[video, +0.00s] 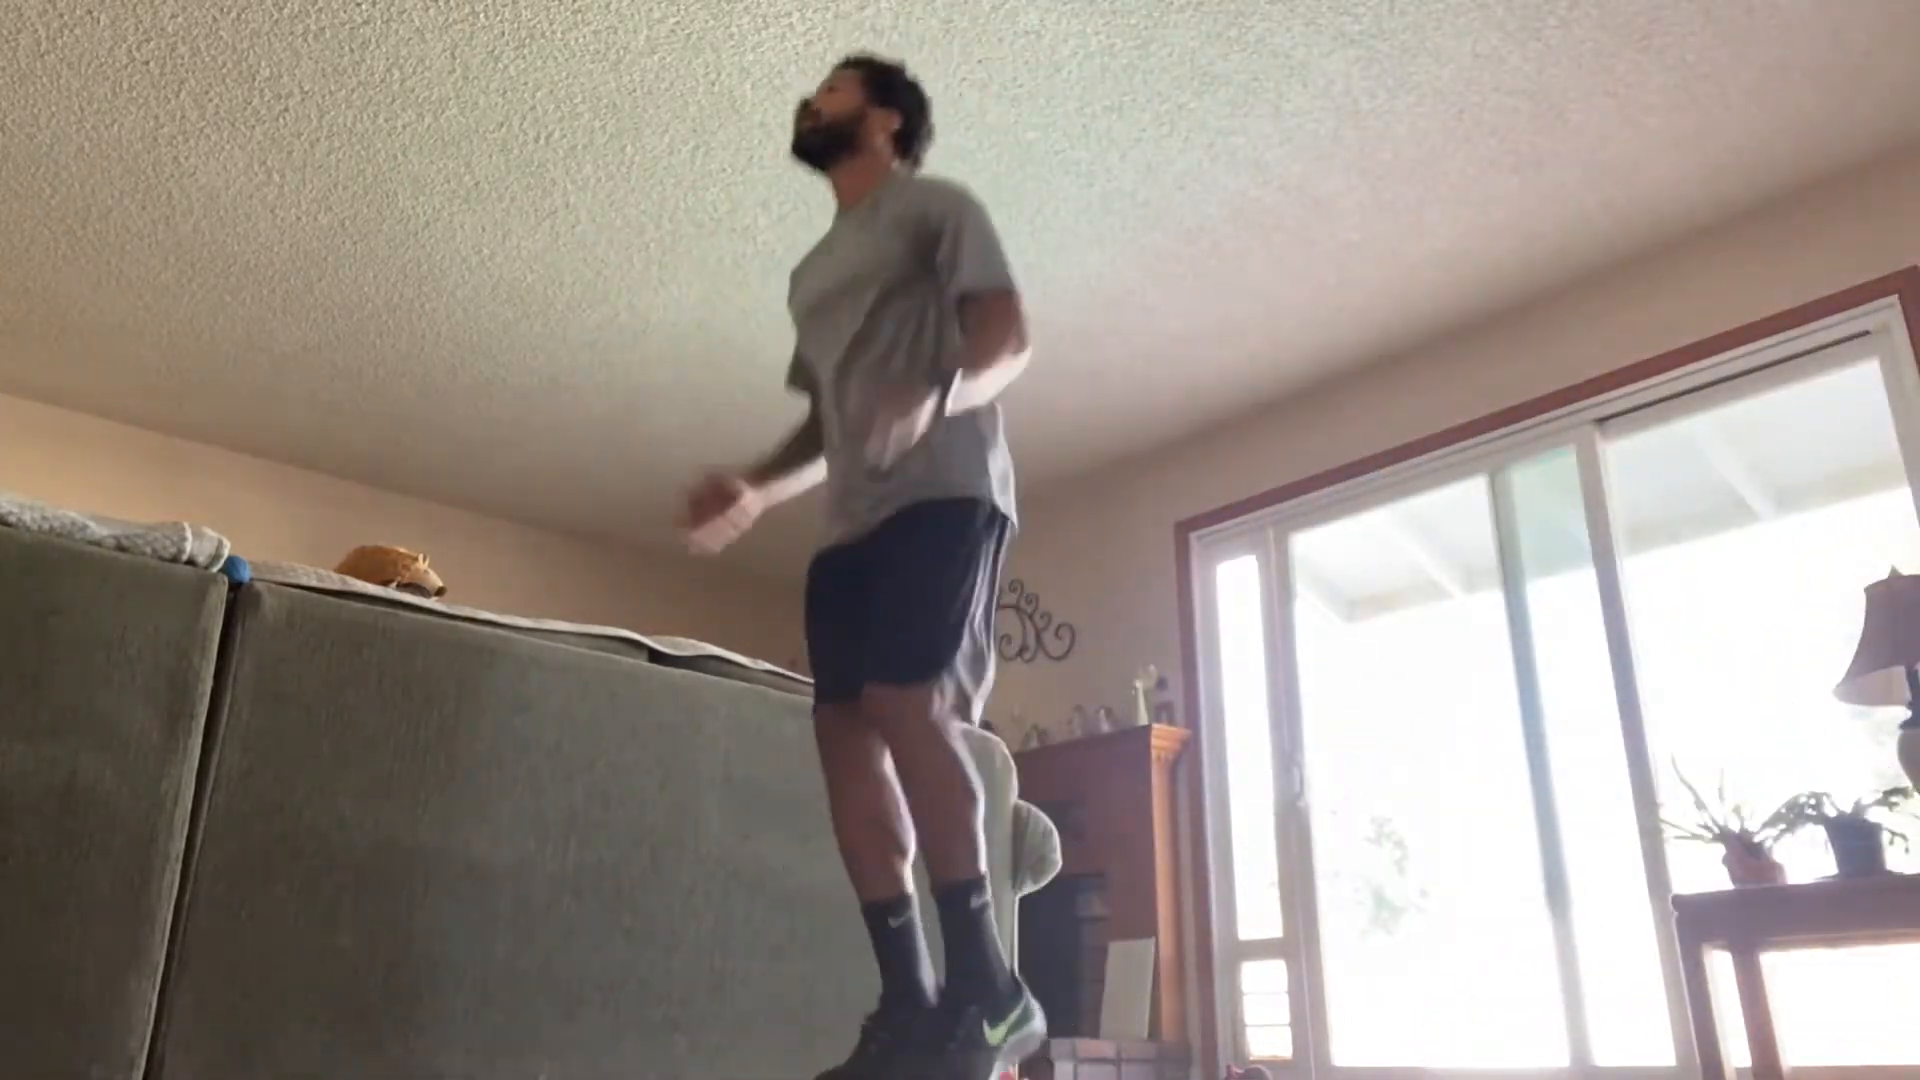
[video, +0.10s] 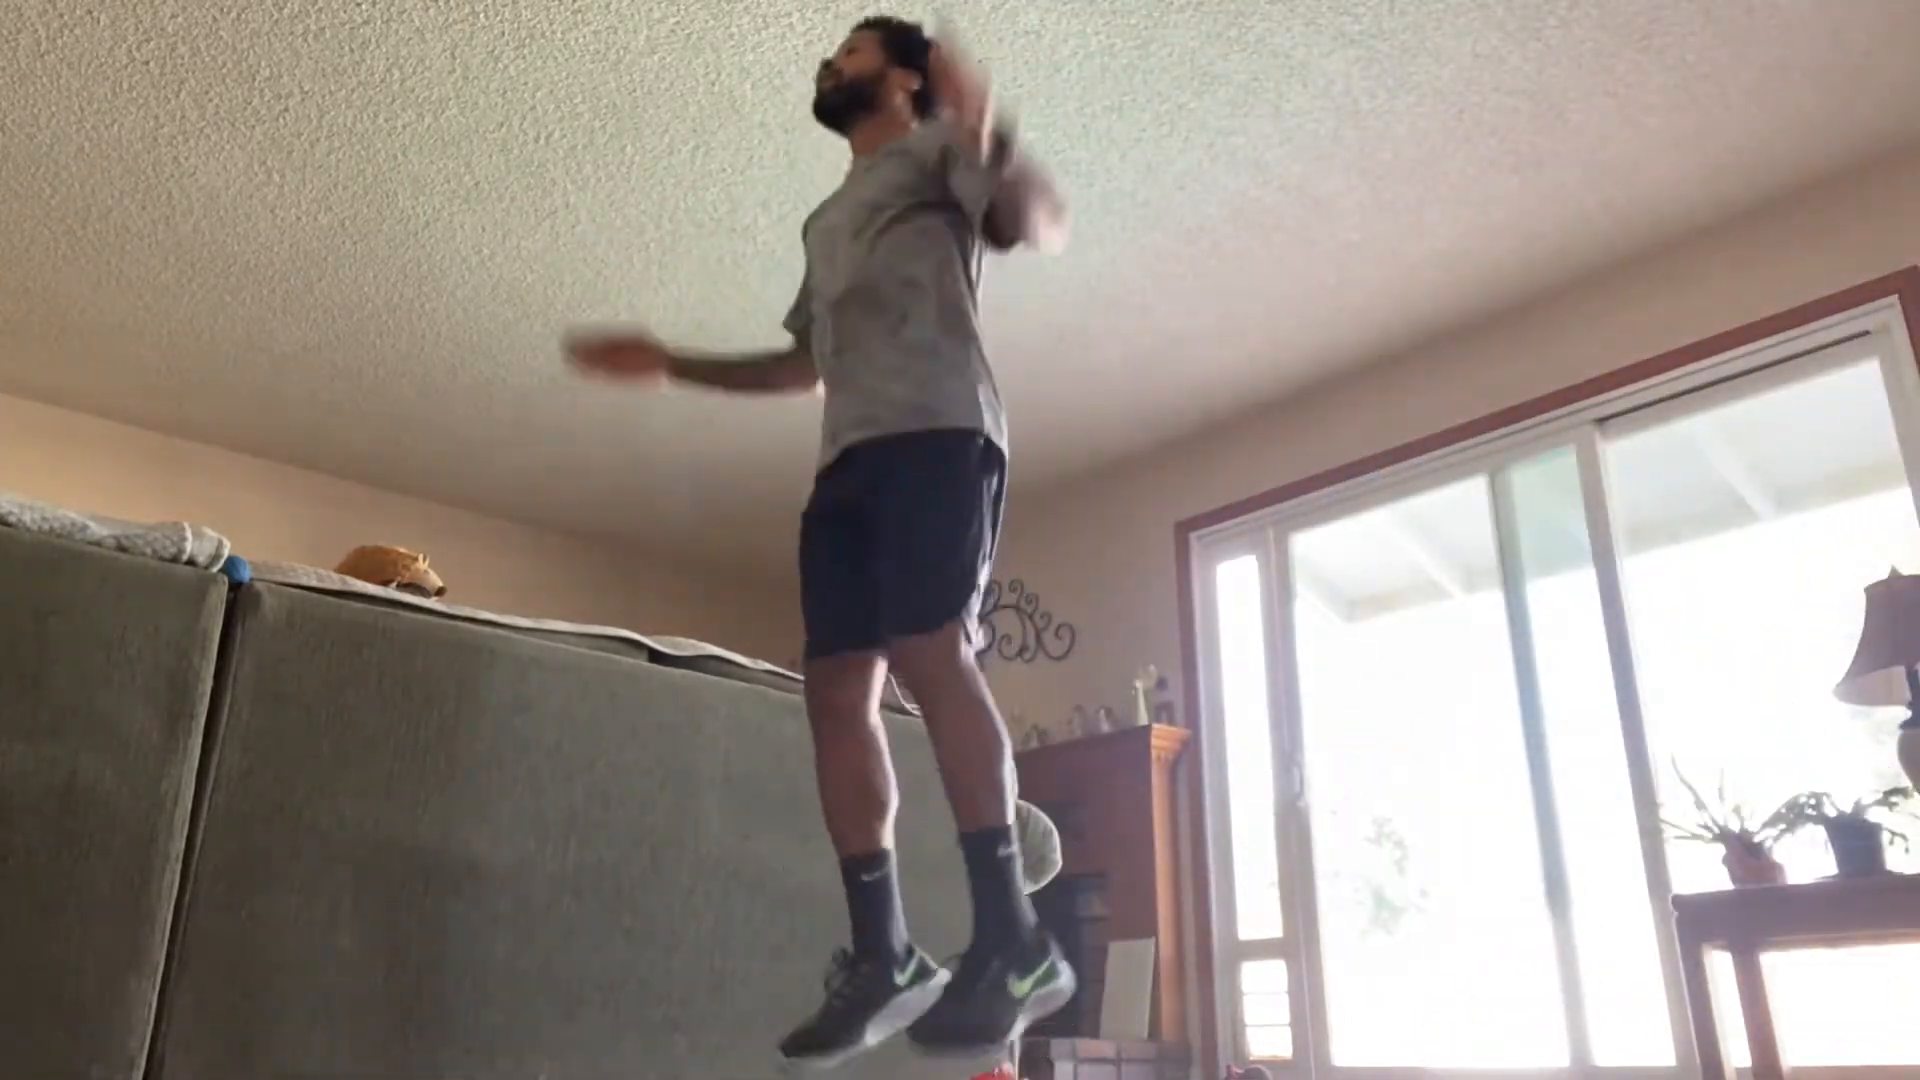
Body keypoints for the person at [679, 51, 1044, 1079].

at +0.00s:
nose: (811, 96)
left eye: (835, 84)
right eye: (814, 88)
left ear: (889, 119)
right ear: (835, 130)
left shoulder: (936, 202)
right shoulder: (811, 275)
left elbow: (1006, 332)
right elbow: (829, 418)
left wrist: (933, 394)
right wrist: (756, 486)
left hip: (945, 495)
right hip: (851, 522)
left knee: (903, 703)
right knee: (841, 724)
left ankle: (987, 984)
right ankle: (908, 1002)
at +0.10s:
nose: (831, 58)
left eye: (855, 43)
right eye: (832, 51)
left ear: (912, 68)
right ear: (847, 92)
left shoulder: (942, 148)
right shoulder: (829, 221)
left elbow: (1032, 225)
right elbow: (803, 364)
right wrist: (668, 363)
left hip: (941, 439)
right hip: (850, 460)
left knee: (932, 655)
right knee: (839, 697)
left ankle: (1013, 943)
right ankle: (879, 958)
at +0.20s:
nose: (842, 74)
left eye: (867, 64)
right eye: (845, 66)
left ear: (920, 90)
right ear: (870, 102)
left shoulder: (949, 157)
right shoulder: (838, 233)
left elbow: (1056, 96)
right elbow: (762, 331)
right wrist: (668, 242)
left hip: (940, 442)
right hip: (842, 468)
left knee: (949, 660)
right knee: (805, 703)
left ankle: (1060, 939)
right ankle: (844, 962)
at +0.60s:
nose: (829, 87)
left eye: (852, 73)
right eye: (832, 78)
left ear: (909, 96)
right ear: (862, 108)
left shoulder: (944, 160)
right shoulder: (830, 226)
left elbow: (1056, 117)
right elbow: (764, 328)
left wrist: (1042, 1)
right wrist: (649, 277)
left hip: (949, 445)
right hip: (854, 476)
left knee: (922, 641)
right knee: (812, 702)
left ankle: (1062, 912)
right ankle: (838, 956)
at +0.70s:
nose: (801, 79)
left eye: (822, 62)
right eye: (801, 67)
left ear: (880, 80)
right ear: (833, 95)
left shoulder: (922, 150)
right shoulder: (825, 226)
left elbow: (1029, 159)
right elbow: (835, 362)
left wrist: (1052, 188)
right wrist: (753, 421)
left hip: (955, 428)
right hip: (864, 456)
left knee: (904, 623)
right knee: (819, 677)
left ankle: (1063, 854)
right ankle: (870, 934)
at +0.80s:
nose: (779, 120)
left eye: (799, 102)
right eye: (779, 107)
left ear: (860, 124)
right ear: (810, 142)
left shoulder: (936, 199)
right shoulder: (814, 278)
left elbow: (1032, 317)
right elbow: (858, 408)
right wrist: (833, 505)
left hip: (973, 483)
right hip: (874, 507)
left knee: (905, 673)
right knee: (828, 724)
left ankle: (1073, 860)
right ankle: (877, 984)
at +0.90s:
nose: (758, 228)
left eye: (778, 209)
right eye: (758, 214)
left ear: (841, 225)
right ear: (800, 237)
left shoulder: (917, 304)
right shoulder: (804, 373)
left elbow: (955, 452)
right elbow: (849, 499)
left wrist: (810, 448)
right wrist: (825, 605)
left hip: (990, 584)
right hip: (889, 599)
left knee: (911, 783)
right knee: (823, 796)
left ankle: (1080, 917)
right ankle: (886, 1041)